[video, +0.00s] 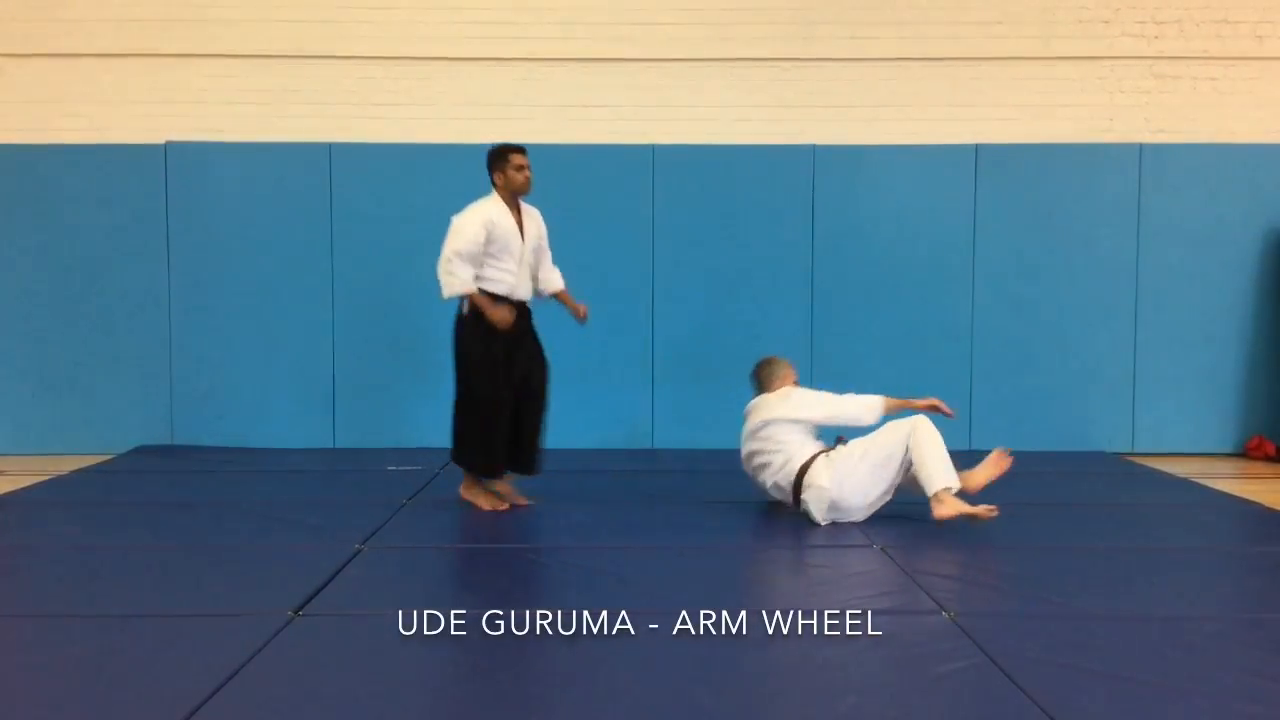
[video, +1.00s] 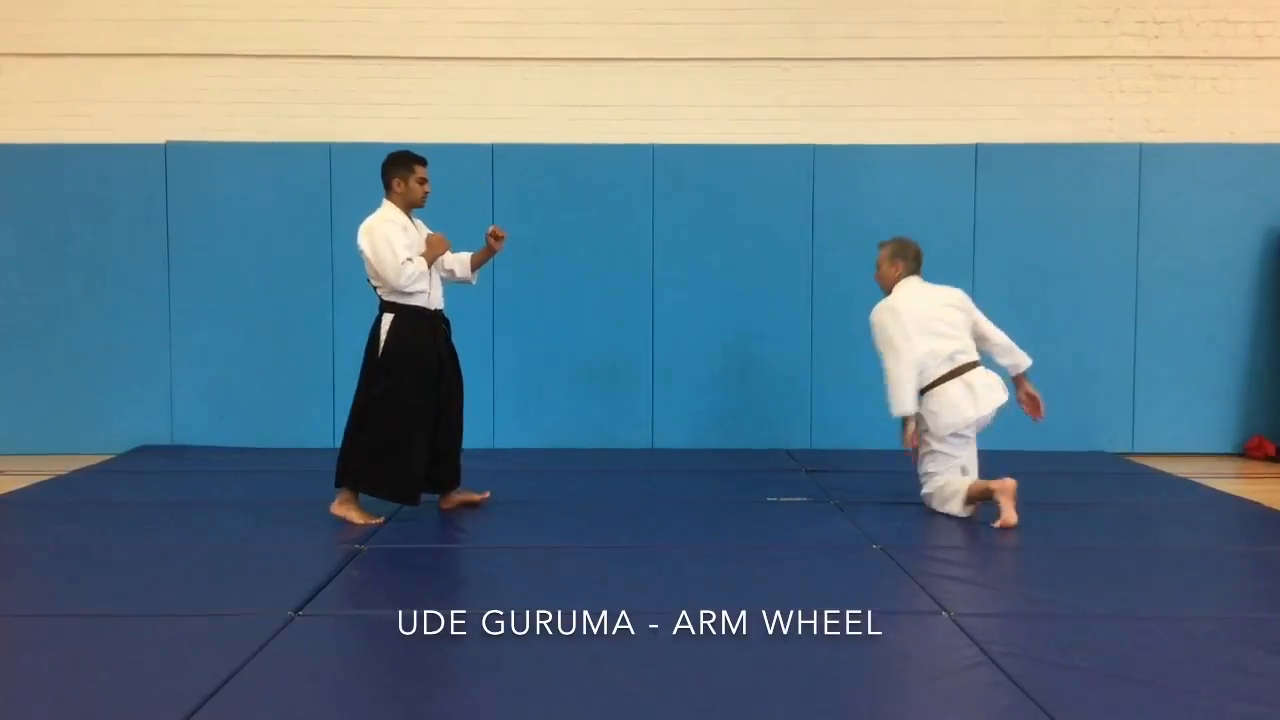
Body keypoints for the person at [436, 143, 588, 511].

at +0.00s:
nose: (527, 174)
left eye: (528, 168)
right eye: (519, 169)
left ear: (527, 173)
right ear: (498, 175)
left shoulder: (533, 217)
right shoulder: (475, 217)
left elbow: (543, 269)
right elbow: (453, 268)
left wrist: (570, 303)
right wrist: (487, 306)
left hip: (518, 316)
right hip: (481, 315)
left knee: (526, 389)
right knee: (482, 395)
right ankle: (472, 481)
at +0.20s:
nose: (503, 183)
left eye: (502, 176)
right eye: (495, 177)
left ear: (495, 183)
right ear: (473, 183)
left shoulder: (504, 228)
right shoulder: (451, 225)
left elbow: (536, 257)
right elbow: (455, 277)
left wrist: (570, 262)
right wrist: (502, 272)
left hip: (487, 330)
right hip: (454, 327)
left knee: (477, 412)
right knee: (436, 406)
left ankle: (454, 491)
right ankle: (385, 484)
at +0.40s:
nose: (474, 191)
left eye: (474, 184)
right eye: (467, 184)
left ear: (457, 190)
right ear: (444, 190)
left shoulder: (462, 235)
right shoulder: (426, 231)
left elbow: (490, 281)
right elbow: (446, 284)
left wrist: (526, 271)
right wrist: (477, 270)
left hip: (459, 332)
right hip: (429, 331)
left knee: (471, 411)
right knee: (406, 412)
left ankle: (457, 492)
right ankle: (352, 492)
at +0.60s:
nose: (449, 186)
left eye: (449, 179)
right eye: (442, 180)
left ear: (427, 185)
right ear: (419, 183)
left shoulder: (435, 229)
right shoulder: (398, 224)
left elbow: (461, 276)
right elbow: (415, 277)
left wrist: (495, 260)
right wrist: (447, 261)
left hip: (442, 327)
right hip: (410, 326)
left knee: (453, 405)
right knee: (385, 407)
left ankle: (453, 490)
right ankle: (349, 494)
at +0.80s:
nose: (434, 188)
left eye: (434, 181)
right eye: (428, 181)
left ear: (412, 185)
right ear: (404, 182)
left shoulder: (420, 228)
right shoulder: (382, 225)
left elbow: (450, 269)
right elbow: (404, 278)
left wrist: (489, 257)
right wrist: (434, 258)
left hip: (433, 326)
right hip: (401, 326)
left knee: (446, 404)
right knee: (378, 408)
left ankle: (449, 490)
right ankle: (348, 494)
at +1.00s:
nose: (428, 188)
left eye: (427, 181)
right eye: (421, 181)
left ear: (406, 185)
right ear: (397, 184)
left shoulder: (416, 228)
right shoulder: (376, 226)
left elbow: (450, 267)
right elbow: (401, 277)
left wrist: (487, 252)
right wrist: (430, 254)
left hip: (432, 327)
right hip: (399, 327)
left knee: (445, 407)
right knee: (377, 411)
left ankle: (449, 491)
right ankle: (346, 497)